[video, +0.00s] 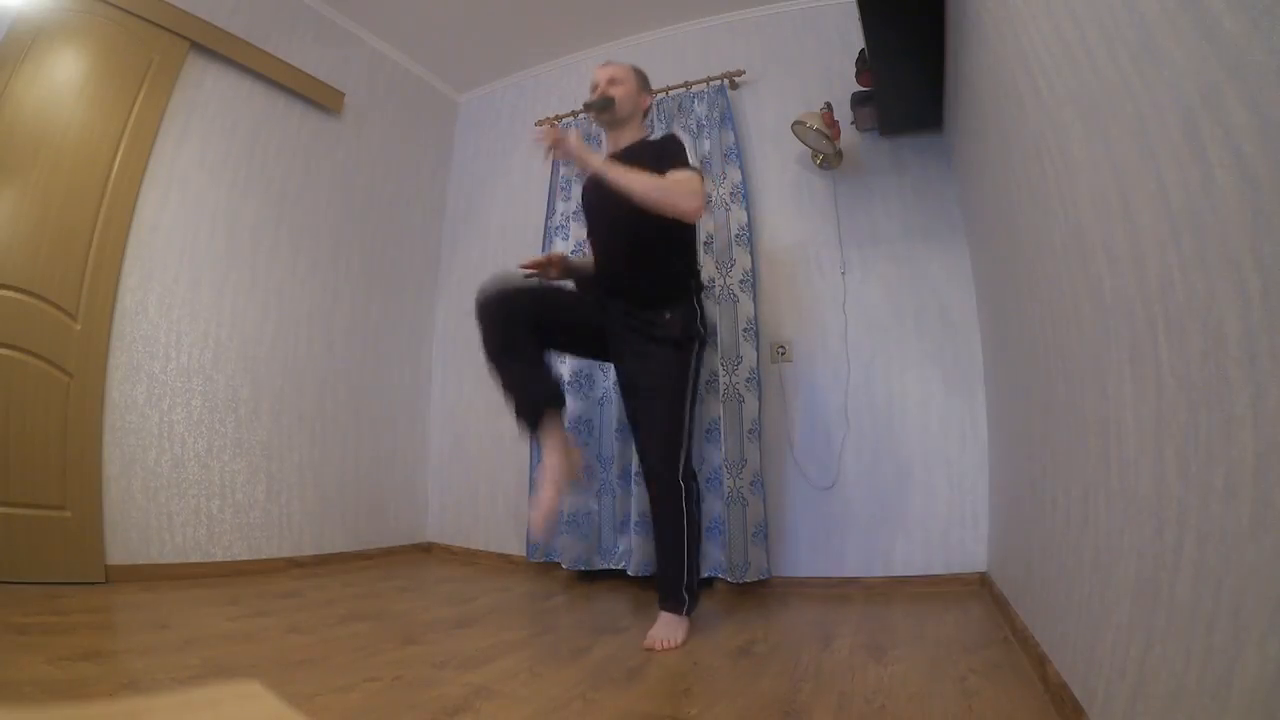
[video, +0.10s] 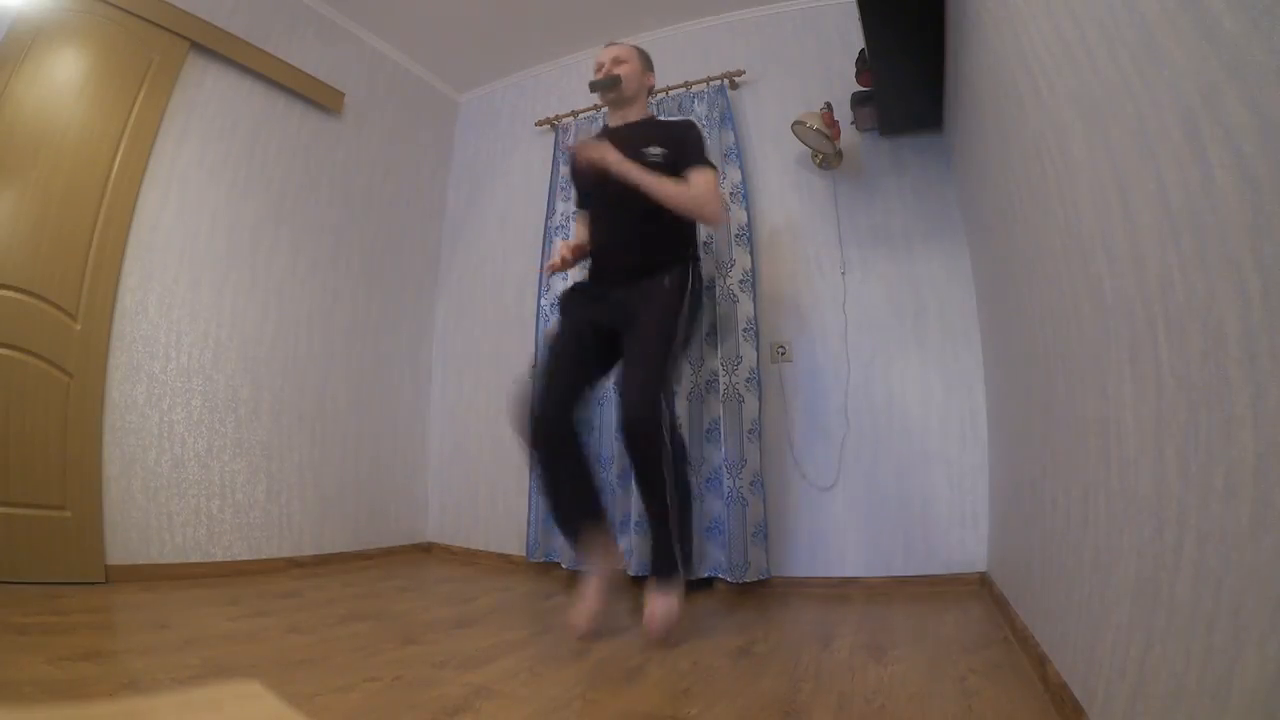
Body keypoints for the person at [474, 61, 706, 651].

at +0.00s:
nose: (601, 90)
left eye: (616, 81)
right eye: (594, 86)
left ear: (647, 101)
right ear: (588, 110)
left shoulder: (665, 149)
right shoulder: (596, 180)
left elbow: (690, 203)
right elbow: (611, 270)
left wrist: (590, 161)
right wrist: (566, 266)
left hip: (663, 325)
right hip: (607, 315)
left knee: (663, 465)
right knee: (501, 304)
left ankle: (674, 604)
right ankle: (556, 444)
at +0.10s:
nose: (609, 65)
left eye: (623, 59)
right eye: (601, 62)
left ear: (650, 82)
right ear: (594, 87)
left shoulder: (677, 135)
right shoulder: (586, 150)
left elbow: (710, 207)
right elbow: (588, 223)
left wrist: (621, 165)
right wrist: (574, 248)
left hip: (663, 290)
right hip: (600, 293)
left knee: (641, 410)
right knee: (547, 412)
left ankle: (667, 572)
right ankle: (596, 551)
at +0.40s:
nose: (599, 75)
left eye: (614, 65)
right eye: (593, 70)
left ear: (646, 83)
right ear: (589, 91)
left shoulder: (676, 135)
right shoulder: (593, 167)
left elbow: (744, 204)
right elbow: (589, 252)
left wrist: (666, 214)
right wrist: (560, 240)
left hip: (678, 294)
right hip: (620, 297)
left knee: (659, 417)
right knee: (531, 373)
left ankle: (680, 573)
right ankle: (581, 513)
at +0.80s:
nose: (609, 85)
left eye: (622, 76)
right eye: (602, 81)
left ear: (653, 93)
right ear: (596, 103)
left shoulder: (692, 155)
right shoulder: (588, 170)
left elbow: (741, 214)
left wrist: (714, 249)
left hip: (691, 289)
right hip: (626, 305)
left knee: (639, 326)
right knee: (630, 447)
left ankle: (678, 490)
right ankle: (651, 590)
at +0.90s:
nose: (607, 79)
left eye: (621, 70)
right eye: (600, 75)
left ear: (652, 89)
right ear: (595, 96)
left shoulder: (683, 138)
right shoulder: (597, 172)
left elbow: (752, 206)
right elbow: (596, 262)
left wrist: (671, 203)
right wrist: (574, 242)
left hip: (687, 300)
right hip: (626, 304)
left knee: (678, 432)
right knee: (547, 383)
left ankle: (703, 578)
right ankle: (596, 520)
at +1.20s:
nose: (614, 87)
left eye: (628, 78)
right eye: (607, 82)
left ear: (658, 93)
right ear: (599, 101)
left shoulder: (693, 165)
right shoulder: (585, 175)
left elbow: (728, 248)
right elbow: (554, 262)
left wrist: (679, 230)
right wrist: (553, 240)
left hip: (681, 297)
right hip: (614, 308)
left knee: (646, 287)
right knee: (620, 453)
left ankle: (673, 449)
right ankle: (643, 597)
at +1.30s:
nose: (610, 87)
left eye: (623, 78)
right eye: (602, 83)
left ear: (653, 96)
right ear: (595, 106)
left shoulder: (690, 165)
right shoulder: (582, 173)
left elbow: (731, 240)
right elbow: (535, 253)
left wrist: (700, 235)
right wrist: (541, 200)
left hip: (683, 303)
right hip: (616, 311)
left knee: (636, 237)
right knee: (621, 452)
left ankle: (643, 412)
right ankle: (649, 589)